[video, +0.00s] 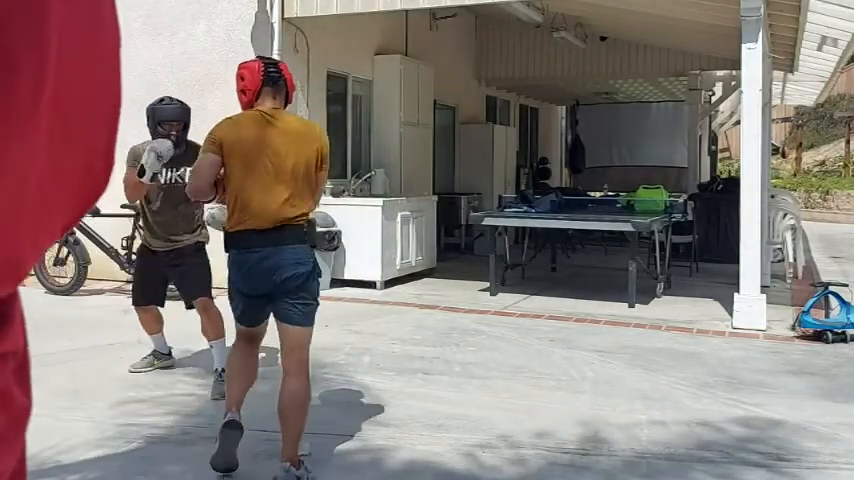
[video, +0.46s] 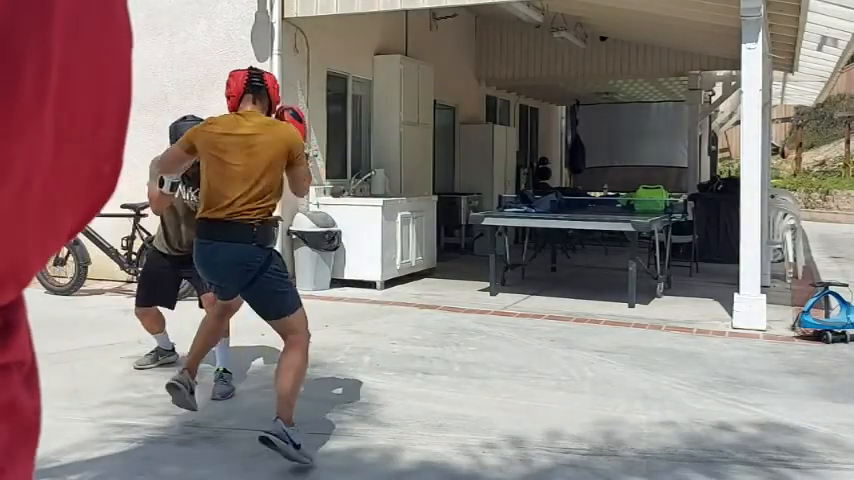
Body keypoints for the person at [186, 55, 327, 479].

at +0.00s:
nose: (286, 98)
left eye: (244, 91)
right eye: (289, 92)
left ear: (246, 90)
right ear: (288, 92)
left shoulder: (226, 130)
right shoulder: (313, 134)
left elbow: (198, 191)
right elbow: (315, 193)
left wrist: (227, 189)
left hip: (245, 255)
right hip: (296, 252)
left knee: (247, 340)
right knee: (295, 364)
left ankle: (232, 414)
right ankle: (291, 462)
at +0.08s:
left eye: (242, 83)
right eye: (284, 82)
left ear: (243, 81)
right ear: (285, 81)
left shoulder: (229, 119)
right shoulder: (316, 120)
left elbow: (190, 173)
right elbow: (318, 178)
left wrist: (185, 158)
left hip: (245, 243)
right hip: (295, 243)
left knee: (244, 331)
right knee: (290, 356)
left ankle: (226, 422)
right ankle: (287, 460)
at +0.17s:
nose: (240, 91)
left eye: (240, 84)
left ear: (243, 82)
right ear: (284, 81)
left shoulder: (228, 120)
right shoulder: (313, 120)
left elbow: (192, 177)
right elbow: (315, 174)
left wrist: (204, 145)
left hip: (244, 243)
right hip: (294, 243)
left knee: (241, 335)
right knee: (289, 358)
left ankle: (220, 425)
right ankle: (287, 459)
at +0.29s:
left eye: (241, 95)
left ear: (242, 96)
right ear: (284, 98)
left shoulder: (222, 134)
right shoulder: (307, 134)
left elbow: (199, 193)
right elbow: (307, 173)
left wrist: (212, 151)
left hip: (236, 255)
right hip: (283, 254)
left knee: (235, 326)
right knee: (286, 363)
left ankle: (209, 406)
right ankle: (288, 461)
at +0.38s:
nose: (276, 103)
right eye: (277, 97)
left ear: (239, 97)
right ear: (274, 97)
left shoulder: (213, 131)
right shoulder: (296, 132)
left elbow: (182, 181)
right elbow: (307, 178)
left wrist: (212, 157)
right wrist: (298, 131)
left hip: (220, 249)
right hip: (267, 249)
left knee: (229, 304)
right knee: (285, 347)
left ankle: (201, 380)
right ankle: (287, 446)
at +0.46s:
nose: (275, 106)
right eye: (274, 101)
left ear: (233, 99)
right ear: (268, 100)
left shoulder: (206, 129)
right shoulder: (286, 134)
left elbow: (163, 168)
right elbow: (301, 188)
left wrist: (188, 155)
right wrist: (297, 144)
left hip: (206, 246)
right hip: (249, 249)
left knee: (224, 303)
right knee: (296, 336)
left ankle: (186, 374)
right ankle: (283, 424)